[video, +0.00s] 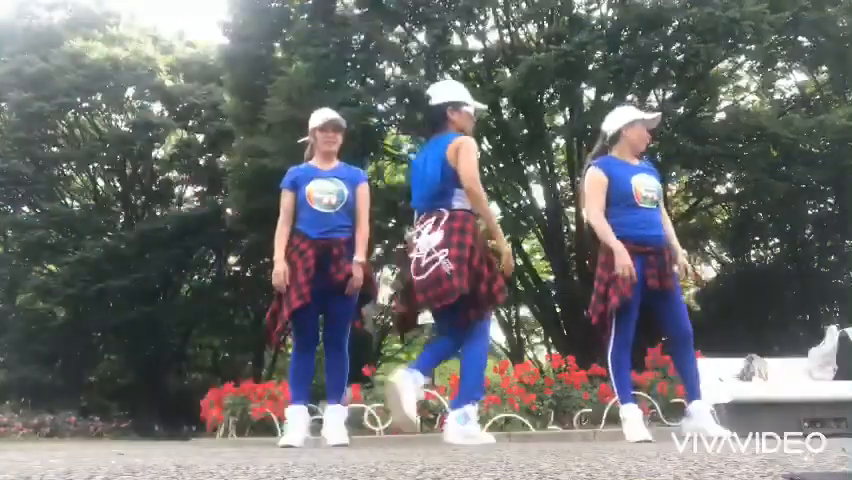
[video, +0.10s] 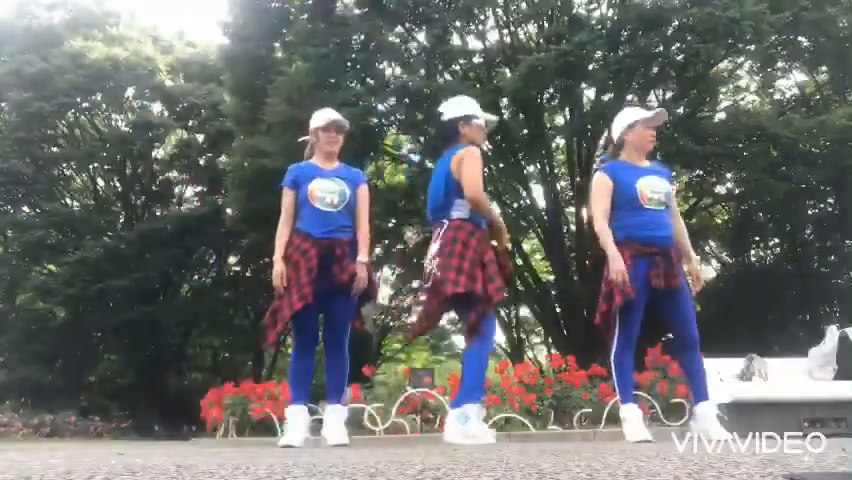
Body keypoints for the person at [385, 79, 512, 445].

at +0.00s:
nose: (474, 118)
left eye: (473, 112)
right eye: (470, 112)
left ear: (443, 115)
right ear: (452, 113)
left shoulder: (421, 155)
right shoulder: (462, 142)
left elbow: (422, 208)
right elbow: (473, 188)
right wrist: (498, 237)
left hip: (428, 244)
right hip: (461, 238)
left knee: (452, 328)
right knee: (479, 326)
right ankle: (464, 417)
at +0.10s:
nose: (484, 130)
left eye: (483, 124)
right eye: (479, 123)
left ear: (460, 129)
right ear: (463, 126)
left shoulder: (447, 159)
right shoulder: (468, 153)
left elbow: (447, 206)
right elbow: (474, 195)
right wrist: (496, 221)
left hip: (450, 237)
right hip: (464, 236)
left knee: (480, 327)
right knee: (483, 327)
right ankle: (464, 415)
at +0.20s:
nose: (491, 144)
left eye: (490, 138)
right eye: (485, 138)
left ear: (470, 144)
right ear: (466, 143)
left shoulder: (467, 173)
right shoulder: (467, 169)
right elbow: (463, 205)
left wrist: (495, 239)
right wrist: (495, 234)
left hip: (475, 250)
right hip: (467, 249)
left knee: (493, 334)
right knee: (484, 332)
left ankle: (493, 412)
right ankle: (462, 415)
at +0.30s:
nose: (492, 157)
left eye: (495, 152)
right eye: (484, 152)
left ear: (497, 158)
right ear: (467, 158)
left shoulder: (493, 197)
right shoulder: (463, 186)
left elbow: (493, 240)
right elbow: (441, 219)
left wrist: (500, 266)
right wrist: (475, 252)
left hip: (493, 271)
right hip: (468, 269)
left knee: (505, 342)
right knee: (483, 336)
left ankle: (493, 417)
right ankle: (454, 405)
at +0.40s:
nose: (489, 162)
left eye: (494, 156)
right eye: (482, 156)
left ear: (499, 162)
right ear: (467, 162)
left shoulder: (498, 199)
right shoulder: (460, 190)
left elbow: (501, 244)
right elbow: (431, 219)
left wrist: (507, 280)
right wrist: (453, 257)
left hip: (497, 276)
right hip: (468, 273)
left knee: (505, 343)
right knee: (481, 338)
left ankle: (493, 420)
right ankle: (445, 410)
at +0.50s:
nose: (484, 170)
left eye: (489, 164)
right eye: (477, 164)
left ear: (496, 170)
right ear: (466, 170)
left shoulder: (502, 207)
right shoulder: (457, 198)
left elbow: (505, 249)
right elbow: (426, 227)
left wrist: (505, 283)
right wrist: (443, 265)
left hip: (495, 281)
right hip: (465, 281)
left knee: (503, 344)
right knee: (468, 348)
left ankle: (493, 419)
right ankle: (448, 412)